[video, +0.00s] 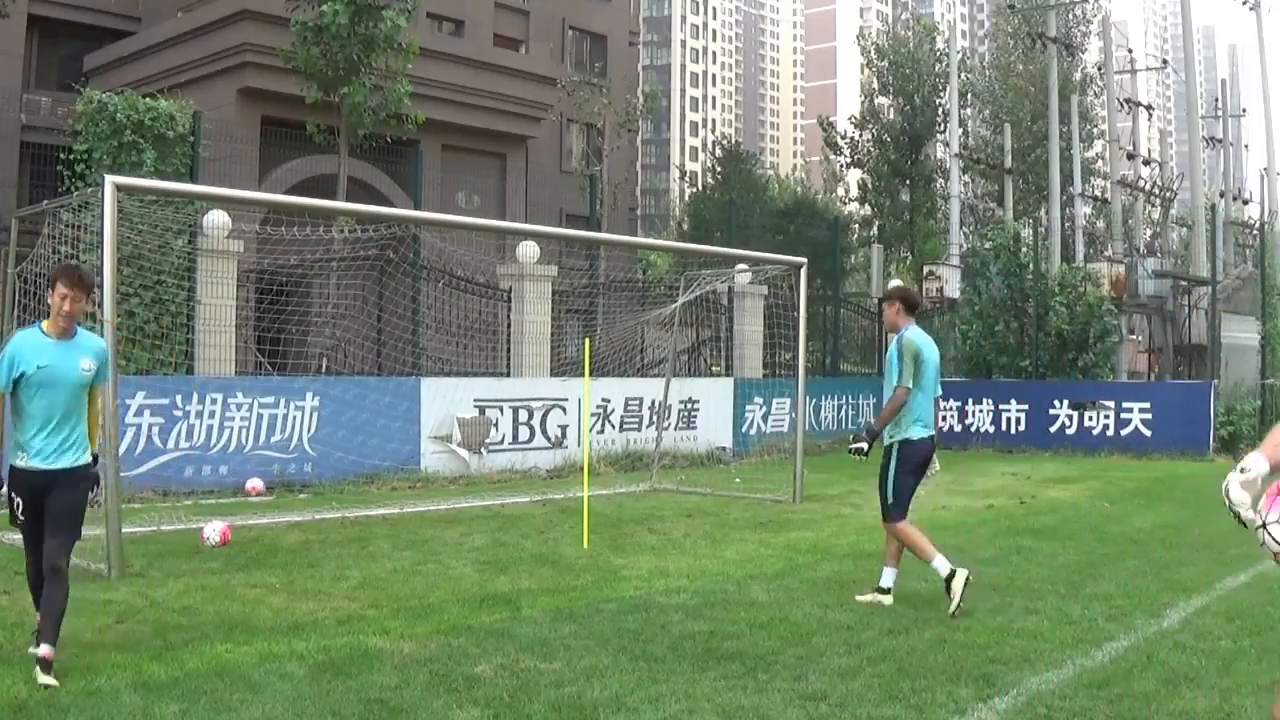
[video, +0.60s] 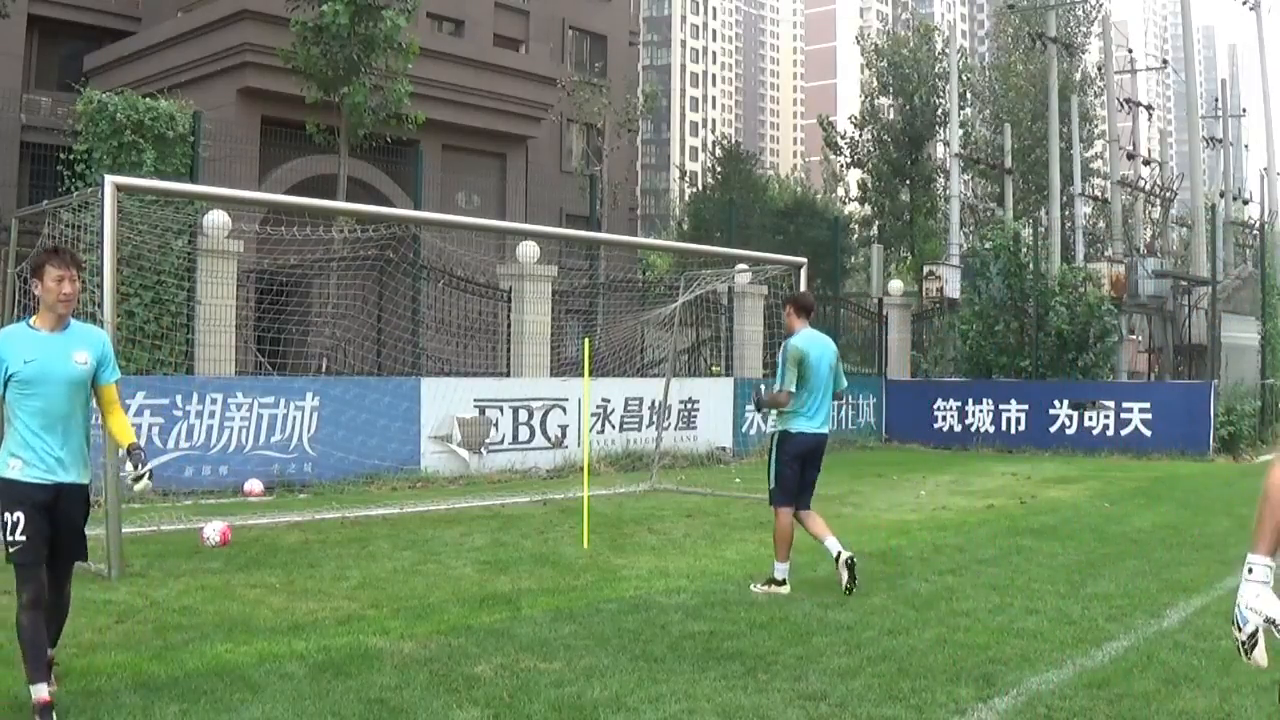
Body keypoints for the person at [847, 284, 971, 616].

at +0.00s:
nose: (882, 315)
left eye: (884, 308)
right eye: (883, 309)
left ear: (897, 308)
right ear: (905, 309)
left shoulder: (905, 341)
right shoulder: (927, 342)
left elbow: (903, 393)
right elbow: (933, 399)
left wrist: (871, 433)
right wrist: (931, 443)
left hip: (906, 441)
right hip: (921, 440)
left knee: (893, 519)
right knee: (895, 516)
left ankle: (949, 573)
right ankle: (884, 588)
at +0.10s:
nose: (866, 315)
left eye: (868, 309)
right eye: (867, 309)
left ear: (877, 308)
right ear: (892, 309)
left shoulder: (885, 339)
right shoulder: (906, 340)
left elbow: (888, 390)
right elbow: (911, 393)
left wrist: (858, 429)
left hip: (882, 440)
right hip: (904, 439)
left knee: (849, 508)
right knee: (885, 511)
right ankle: (884, 586)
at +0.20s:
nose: (853, 315)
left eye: (854, 309)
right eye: (854, 310)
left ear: (864, 309)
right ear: (879, 311)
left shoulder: (872, 339)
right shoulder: (895, 341)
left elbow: (879, 390)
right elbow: (900, 390)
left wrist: (847, 428)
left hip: (868, 439)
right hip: (891, 439)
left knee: (828, 502)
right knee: (879, 511)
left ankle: (854, 572)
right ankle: (884, 587)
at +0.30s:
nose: (833, 318)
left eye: (834, 313)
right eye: (834, 313)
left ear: (841, 312)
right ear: (859, 314)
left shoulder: (850, 343)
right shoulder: (875, 343)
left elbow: (858, 393)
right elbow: (882, 390)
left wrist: (826, 424)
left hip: (845, 440)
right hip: (872, 439)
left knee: (813, 505)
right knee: (870, 512)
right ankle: (882, 587)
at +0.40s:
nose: (817, 319)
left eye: (818, 313)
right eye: (818, 313)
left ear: (827, 312)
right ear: (844, 314)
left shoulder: (833, 345)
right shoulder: (862, 345)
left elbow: (840, 396)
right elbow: (870, 392)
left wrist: (807, 419)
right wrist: (820, 413)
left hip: (831, 442)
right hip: (858, 441)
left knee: (803, 508)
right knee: (859, 511)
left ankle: (783, 577)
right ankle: (880, 584)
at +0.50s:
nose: (796, 317)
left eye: (797, 312)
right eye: (797, 312)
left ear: (804, 311)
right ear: (824, 314)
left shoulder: (809, 345)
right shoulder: (840, 345)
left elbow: (807, 399)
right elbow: (850, 392)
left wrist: (778, 409)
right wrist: (804, 399)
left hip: (804, 438)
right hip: (832, 438)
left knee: (789, 506)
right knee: (828, 510)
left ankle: (779, 578)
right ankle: (865, 569)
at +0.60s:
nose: (784, 317)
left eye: (784, 312)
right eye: (785, 312)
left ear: (791, 312)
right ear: (811, 314)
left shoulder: (793, 345)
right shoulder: (828, 343)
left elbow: (783, 398)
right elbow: (839, 392)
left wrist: (763, 399)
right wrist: (804, 392)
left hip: (791, 435)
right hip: (818, 436)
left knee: (783, 507)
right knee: (802, 508)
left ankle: (779, 579)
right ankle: (840, 554)